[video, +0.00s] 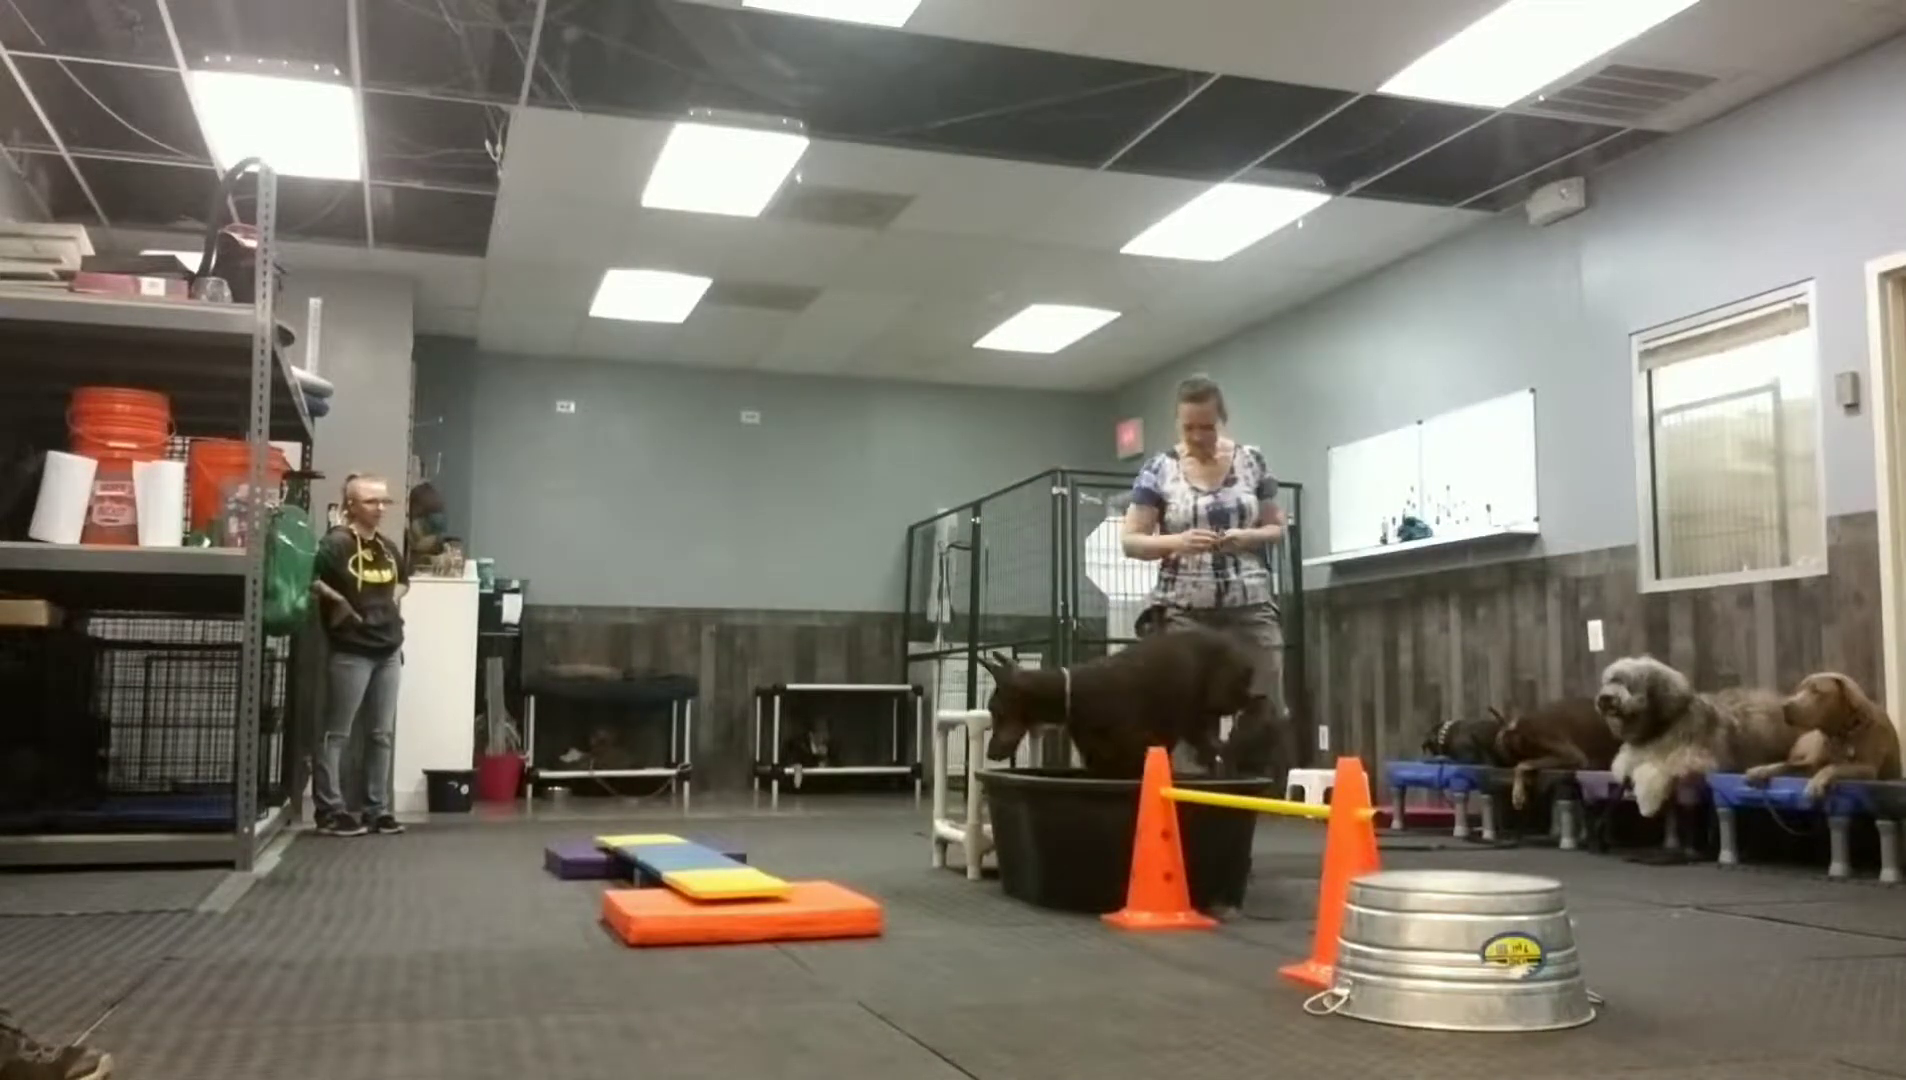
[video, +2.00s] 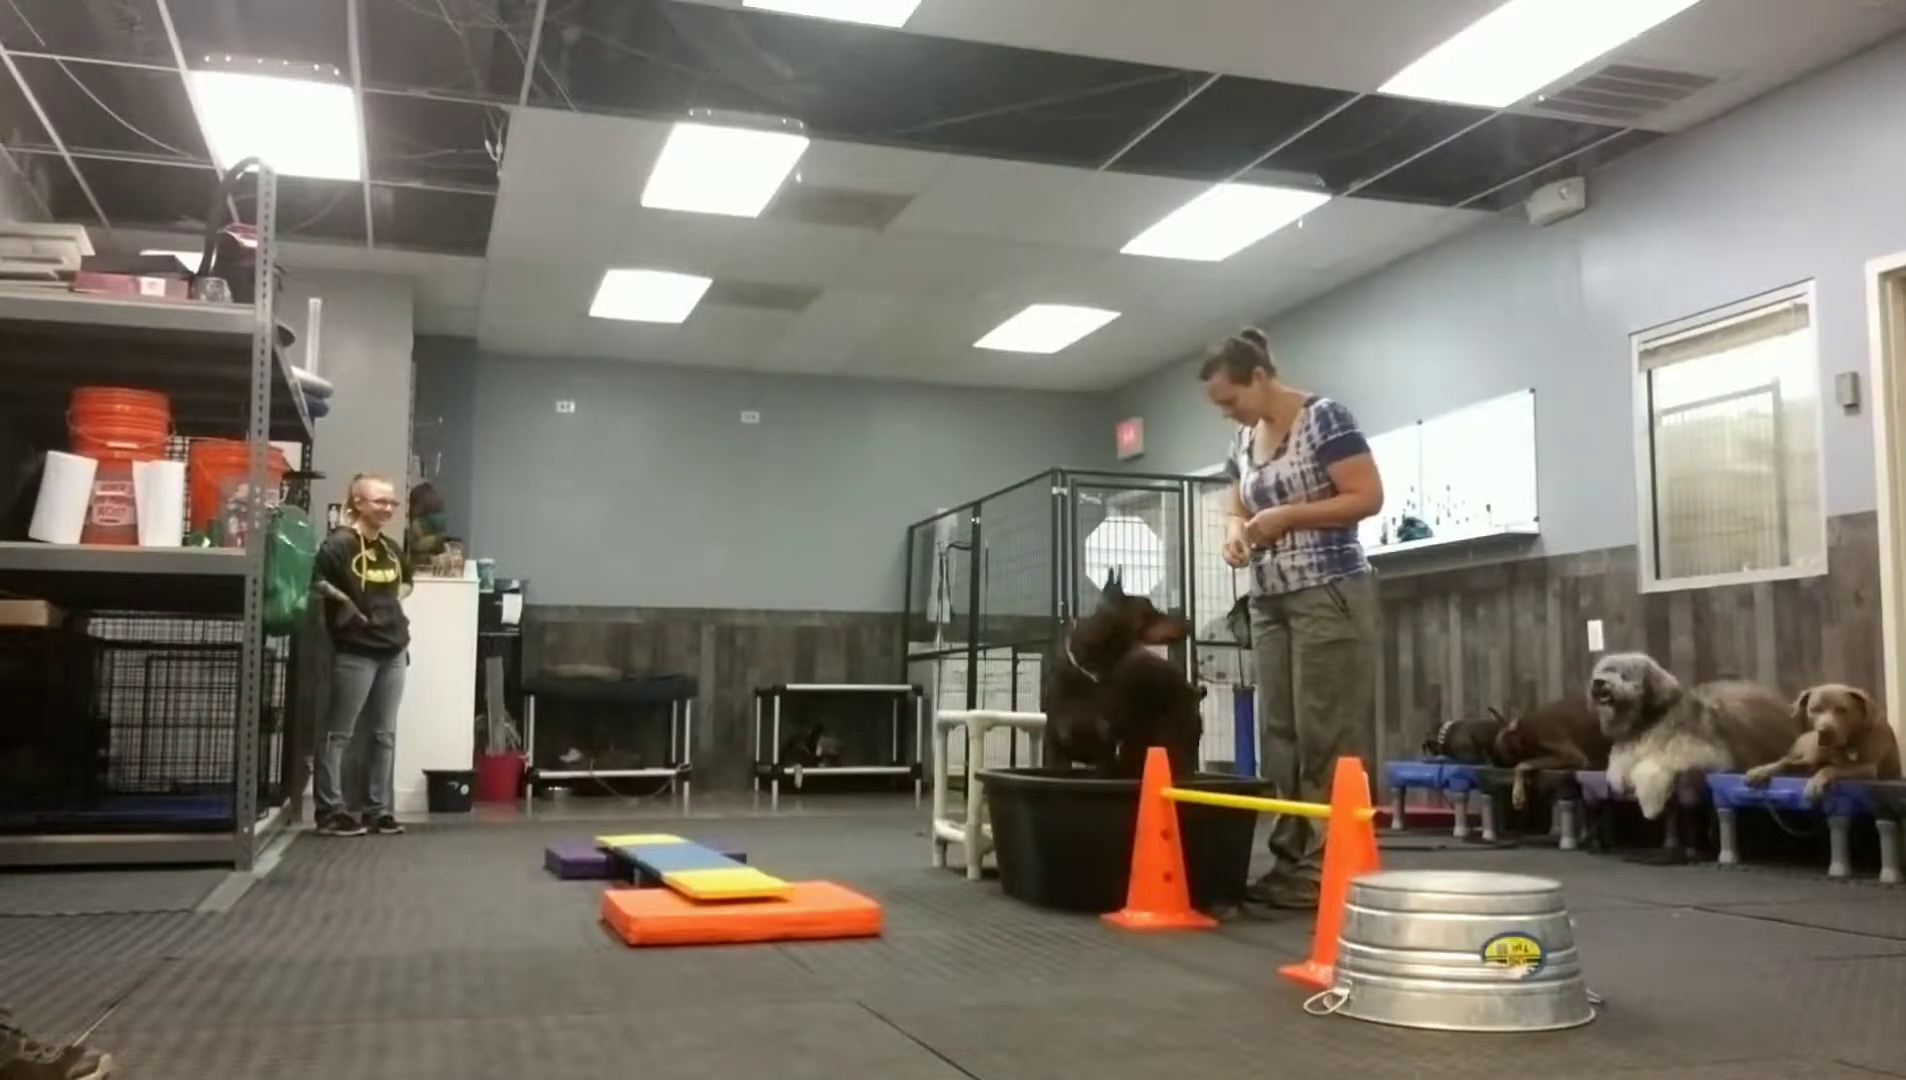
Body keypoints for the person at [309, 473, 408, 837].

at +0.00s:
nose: (379, 508)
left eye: (382, 502)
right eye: (371, 502)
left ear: (385, 505)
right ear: (351, 505)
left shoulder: (386, 545)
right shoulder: (336, 542)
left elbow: (401, 582)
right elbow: (312, 578)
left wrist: (392, 612)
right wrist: (340, 603)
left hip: (388, 649)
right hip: (351, 648)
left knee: (381, 734)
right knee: (337, 734)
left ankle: (376, 810)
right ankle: (329, 810)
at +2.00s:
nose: (389, 509)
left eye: (392, 503)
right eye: (381, 502)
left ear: (392, 507)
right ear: (358, 504)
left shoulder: (389, 547)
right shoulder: (338, 546)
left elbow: (403, 584)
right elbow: (317, 586)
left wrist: (394, 621)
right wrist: (347, 607)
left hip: (393, 649)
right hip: (355, 649)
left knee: (383, 734)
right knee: (338, 735)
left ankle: (377, 811)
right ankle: (330, 811)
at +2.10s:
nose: (390, 508)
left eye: (392, 502)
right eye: (382, 501)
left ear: (392, 507)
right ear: (359, 503)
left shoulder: (389, 547)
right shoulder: (338, 545)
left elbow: (403, 584)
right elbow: (317, 586)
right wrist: (346, 606)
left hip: (392, 649)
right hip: (355, 649)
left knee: (383, 734)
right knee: (338, 734)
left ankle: (377, 811)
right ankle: (329, 811)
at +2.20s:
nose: (390, 508)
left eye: (393, 502)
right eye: (383, 501)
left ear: (393, 506)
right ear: (360, 502)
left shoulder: (390, 546)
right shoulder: (338, 545)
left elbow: (403, 584)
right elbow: (316, 584)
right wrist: (345, 605)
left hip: (392, 649)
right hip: (355, 649)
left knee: (383, 734)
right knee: (338, 734)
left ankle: (377, 811)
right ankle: (330, 811)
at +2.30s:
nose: (390, 508)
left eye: (392, 502)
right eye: (382, 501)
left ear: (393, 506)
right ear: (360, 503)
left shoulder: (389, 545)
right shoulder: (339, 545)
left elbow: (404, 582)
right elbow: (315, 582)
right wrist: (345, 604)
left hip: (392, 649)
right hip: (355, 649)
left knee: (383, 734)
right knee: (338, 734)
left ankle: (377, 811)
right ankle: (329, 811)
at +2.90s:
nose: (389, 506)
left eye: (393, 500)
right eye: (382, 499)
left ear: (395, 505)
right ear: (361, 502)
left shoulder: (391, 545)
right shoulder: (340, 544)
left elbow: (409, 581)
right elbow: (314, 580)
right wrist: (345, 604)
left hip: (393, 649)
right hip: (355, 649)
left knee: (383, 735)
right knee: (338, 734)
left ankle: (378, 811)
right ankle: (330, 811)